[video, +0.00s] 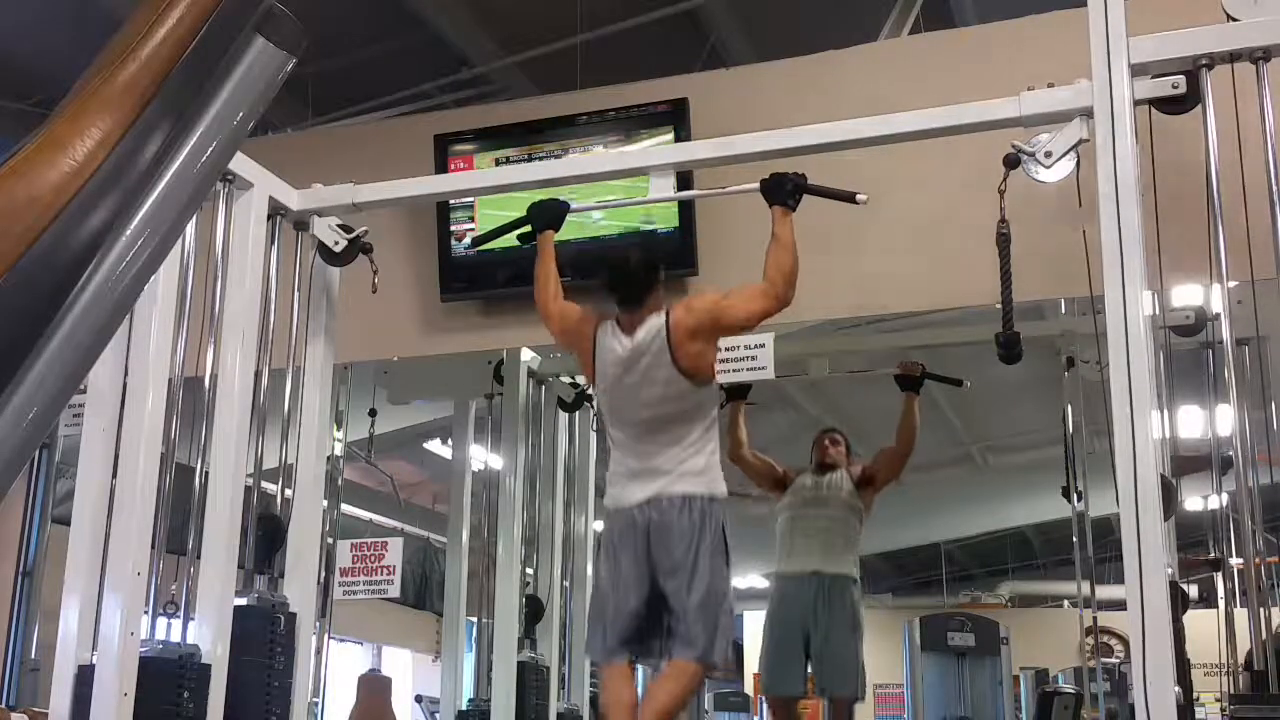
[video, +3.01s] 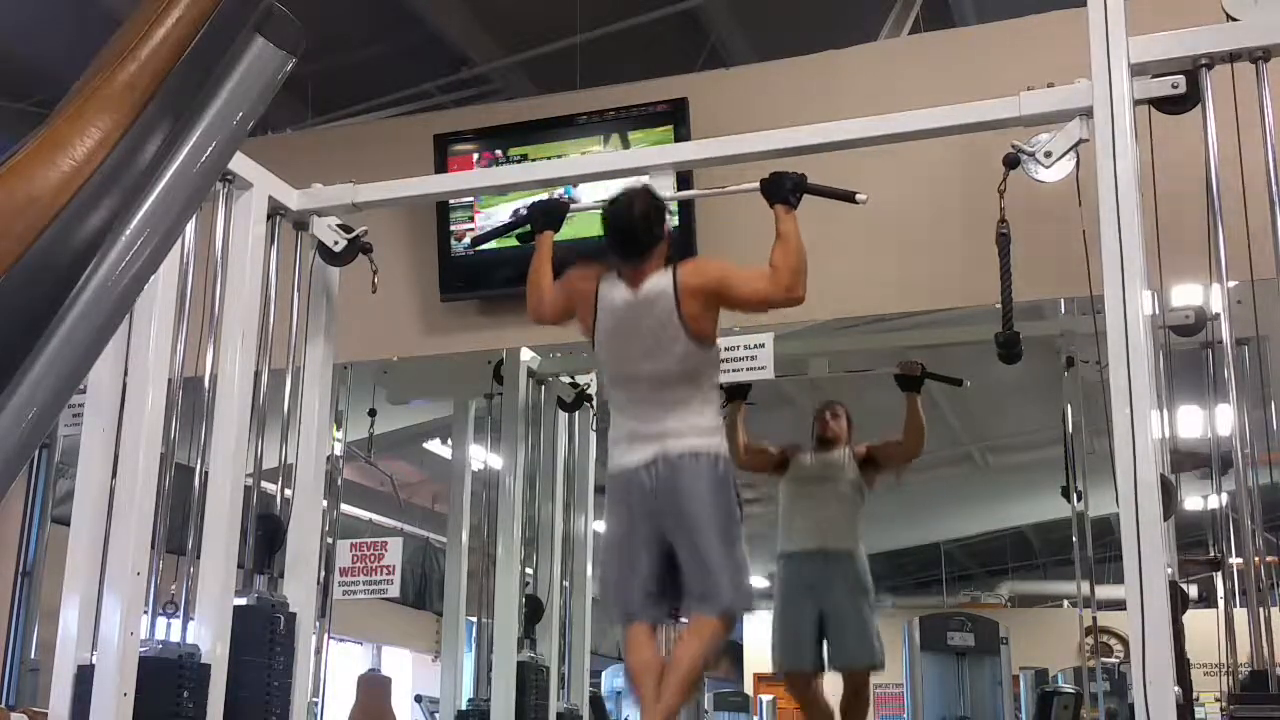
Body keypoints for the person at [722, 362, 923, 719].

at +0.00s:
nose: (828, 445)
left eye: (836, 442)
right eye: (822, 442)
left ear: (848, 455)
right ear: (811, 454)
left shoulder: (860, 480)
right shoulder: (789, 480)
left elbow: (902, 450)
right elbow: (739, 453)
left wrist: (910, 394)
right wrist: (736, 401)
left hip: (839, 589)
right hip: (788, 588)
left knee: (841, 696)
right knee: (779, 694)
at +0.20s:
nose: (828, 400)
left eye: (836, 398)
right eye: (822, 398)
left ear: (848, 413)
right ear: (813, 412)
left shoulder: (859, 441)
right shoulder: (792, 443)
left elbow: (910, 446)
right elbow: (740, 451)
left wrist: (912, 392)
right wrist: (735, 405)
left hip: (839, 543)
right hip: (791, 543)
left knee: (838, 646)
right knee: (781, 643)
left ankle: (829, 717)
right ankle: (811, 715)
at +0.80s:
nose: (830, 445)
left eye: (838, 441)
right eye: (825, 442)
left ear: (851, 454)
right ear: (815, 454)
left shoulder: (861, 482)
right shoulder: (791, 481)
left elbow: (907, 450)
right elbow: (740, 455)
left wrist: (912, 395)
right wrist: (736, 402)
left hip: (842, 591)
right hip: (791, 591)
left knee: (850, 697)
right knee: (789, 698)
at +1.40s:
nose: (826, 394)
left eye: (834, 391)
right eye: (820, 393)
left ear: (847, 405)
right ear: (812, 406)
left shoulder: (860, 432)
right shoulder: (792, 435)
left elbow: (909, 446)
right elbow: (741, 450)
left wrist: (912, 393)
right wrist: (736, 406)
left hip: (842, 533)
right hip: (793, 534)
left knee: (845, 637)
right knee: (785, 636)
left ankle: (832, 715)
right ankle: (822, 714)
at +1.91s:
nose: (829, 428)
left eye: (837, 426)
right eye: (823, 426)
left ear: (848, 439)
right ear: (813, 440)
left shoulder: (861, 467)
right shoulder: (789, 468)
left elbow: (910, 448)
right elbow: (738, 454)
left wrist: (912, 394)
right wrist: (737, 403)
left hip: (843, 577)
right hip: (791, 578)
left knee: (853, 682)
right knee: (790, 685)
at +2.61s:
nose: (822, 384)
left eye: (831, 378)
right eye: (816, 380)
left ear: (846, 390)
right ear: (809, 391)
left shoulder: (863, 421)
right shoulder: (789, 423)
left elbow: (909, 446)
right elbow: (741, 453)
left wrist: (912, 393)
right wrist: (737, 404)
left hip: (843, 523)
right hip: (794, 524)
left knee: (846, 628)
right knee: (789, 627)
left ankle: (832, 714)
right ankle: (825, 712)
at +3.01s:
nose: (826, 419)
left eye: (835, 415)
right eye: (820, 416)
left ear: (849, 429)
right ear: (813, 428)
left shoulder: (860, 457)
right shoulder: (791, 458)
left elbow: (910, 448)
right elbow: (741, 455)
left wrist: (912, 394)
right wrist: (735, 404)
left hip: (845, 568)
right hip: (795, 569)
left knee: (857, 673)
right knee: (797, 677)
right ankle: (827, 715)